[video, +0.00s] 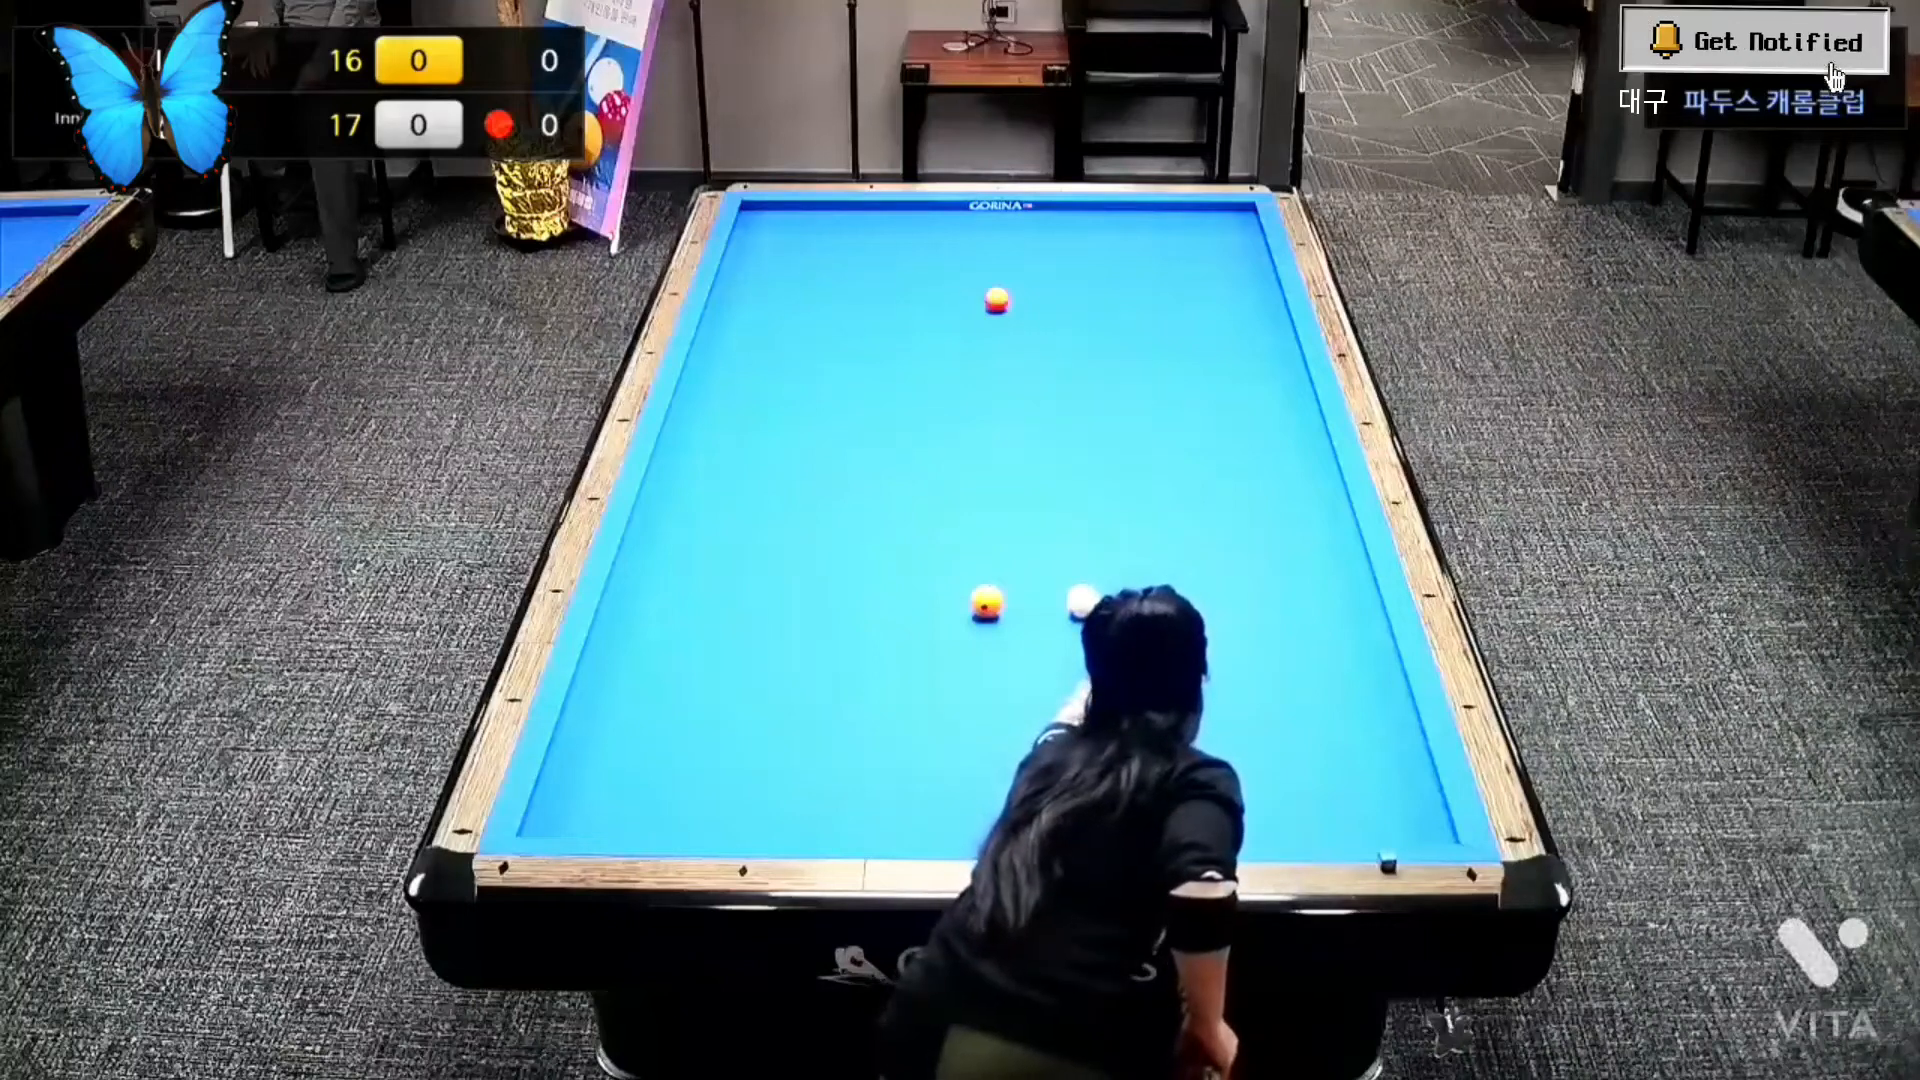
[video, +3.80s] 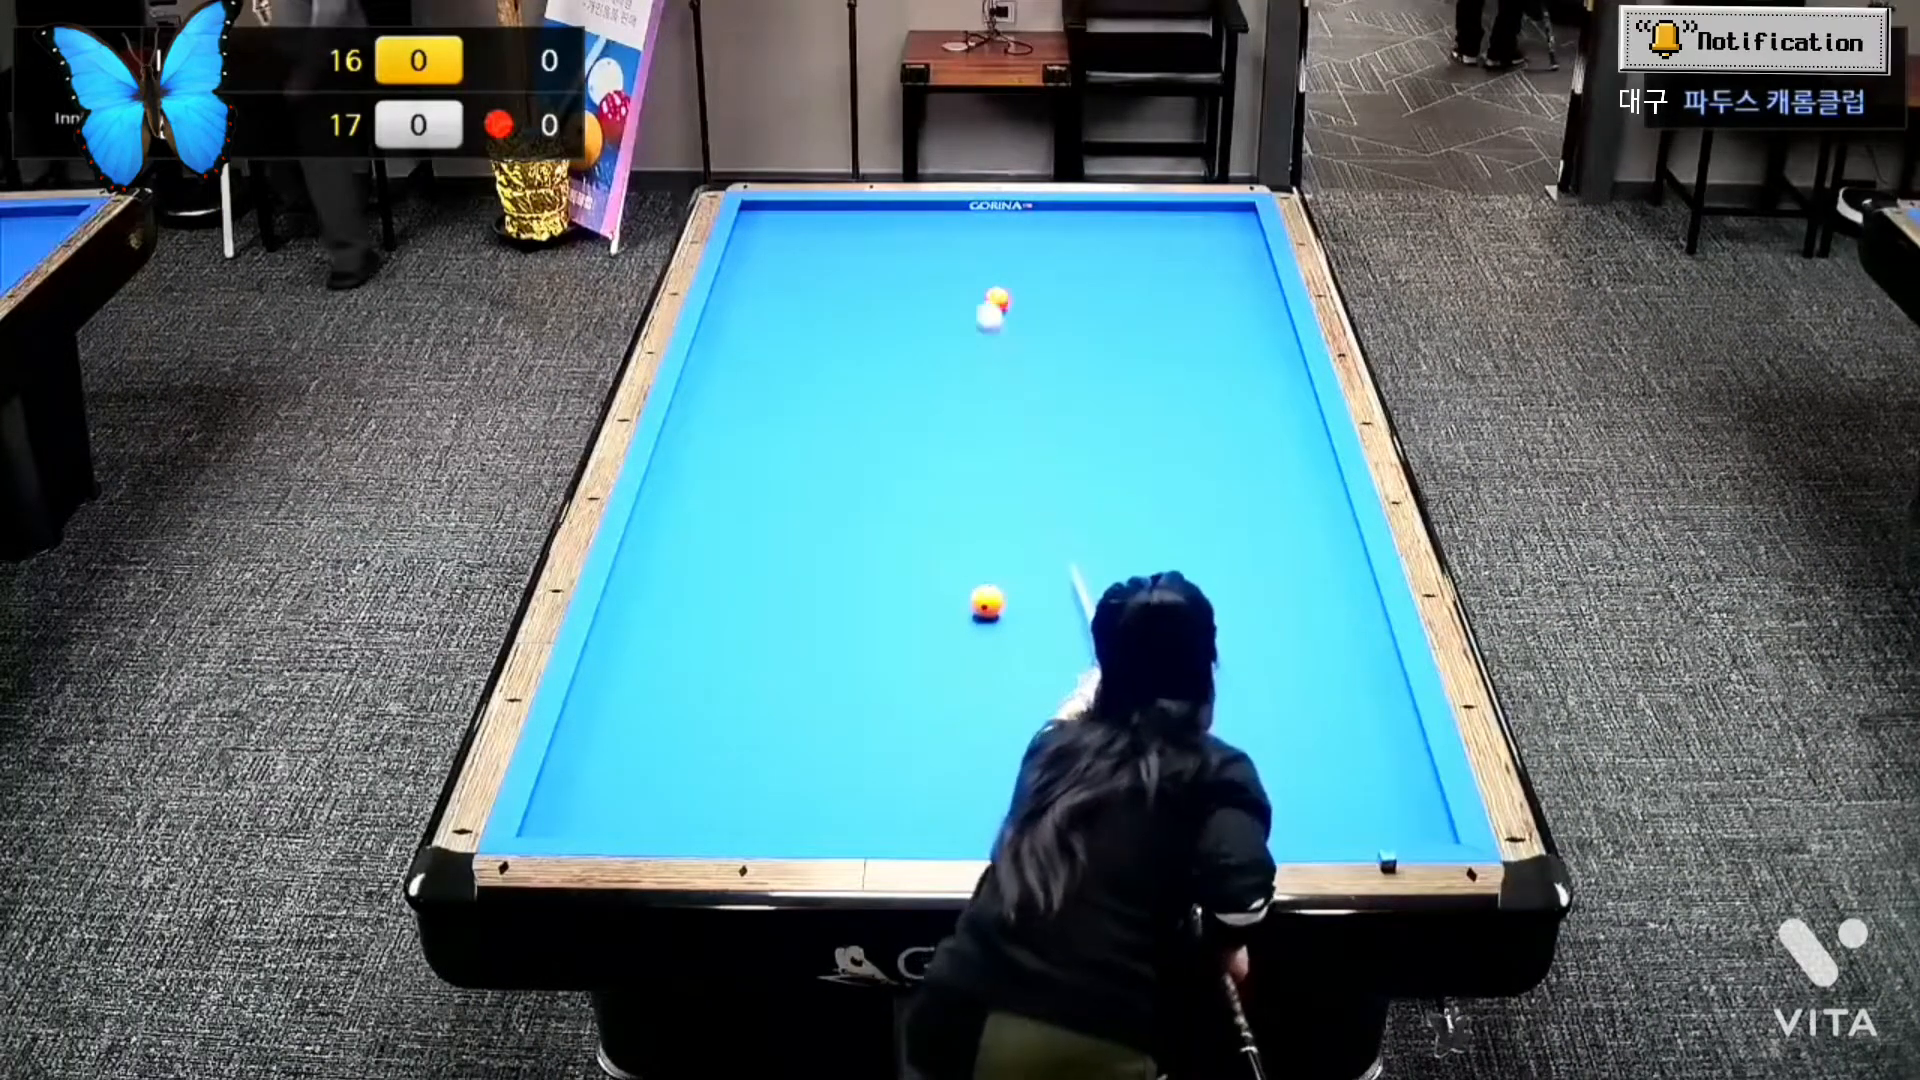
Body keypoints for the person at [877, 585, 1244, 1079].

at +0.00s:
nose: (1207, 673)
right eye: (1202, 662)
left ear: (1099, 676)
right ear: (1196, 676)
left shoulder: (1053, 754)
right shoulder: (1199, 777)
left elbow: (1072, 714)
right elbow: (1200, 893)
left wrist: (1104, 663)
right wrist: (1207, 1024)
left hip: (968, 1034)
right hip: (1089, 1050)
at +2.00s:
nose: (1209, 681)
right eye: (1204, 671)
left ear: (1099, 687)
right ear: (1195, 684)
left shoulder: (1052, 758)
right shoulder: (1205, 781)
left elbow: (1077, 704)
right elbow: (1212, 889)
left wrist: (1099, 669)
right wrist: (1222, 1024)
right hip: (1083, 1041)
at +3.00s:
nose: (1214, 677)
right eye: (1209, 667)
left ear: (1102, 682)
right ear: (1200, 679)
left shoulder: (1055, 755)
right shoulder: (1212, 776)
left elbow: (1079, 705)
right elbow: (1221, 894)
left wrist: (1097, 673)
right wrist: (1234, 1052)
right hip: (1091, 1038)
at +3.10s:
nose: (1216, 672)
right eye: (1210, 662)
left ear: (1105, 679)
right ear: (1201, 676)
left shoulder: (1056, 755)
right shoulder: (1214, 775)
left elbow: (1078, 707)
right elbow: (1224, 896)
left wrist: (1101, 671)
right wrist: (1236, 1050)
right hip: (1101, 1040)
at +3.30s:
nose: (1219, 665)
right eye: (1212, 653)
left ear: (1107, 671)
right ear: (1202, 669)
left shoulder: (1059, 747)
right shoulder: (1218, 769)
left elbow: (1083, 698)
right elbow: (1233, 884)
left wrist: (1105, 660)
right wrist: (1239, 1041)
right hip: (1114, 1038)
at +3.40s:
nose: (1221, 665)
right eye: (1214, 654)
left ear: (1108, 669)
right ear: (1204, 668)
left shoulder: (1058, 748)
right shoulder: (1219, 770)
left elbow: (1085, 697)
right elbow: (1239, 887)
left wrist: (1106, 661)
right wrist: (1235, 976)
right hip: (1112, 1034)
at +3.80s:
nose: (1216, 661)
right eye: (1210, 649)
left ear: (1108, 661)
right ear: (1200, 662)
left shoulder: (1054, 744)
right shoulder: (1219, 769)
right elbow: (1238, 882)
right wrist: (1228, 943)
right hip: (1106, 1034)